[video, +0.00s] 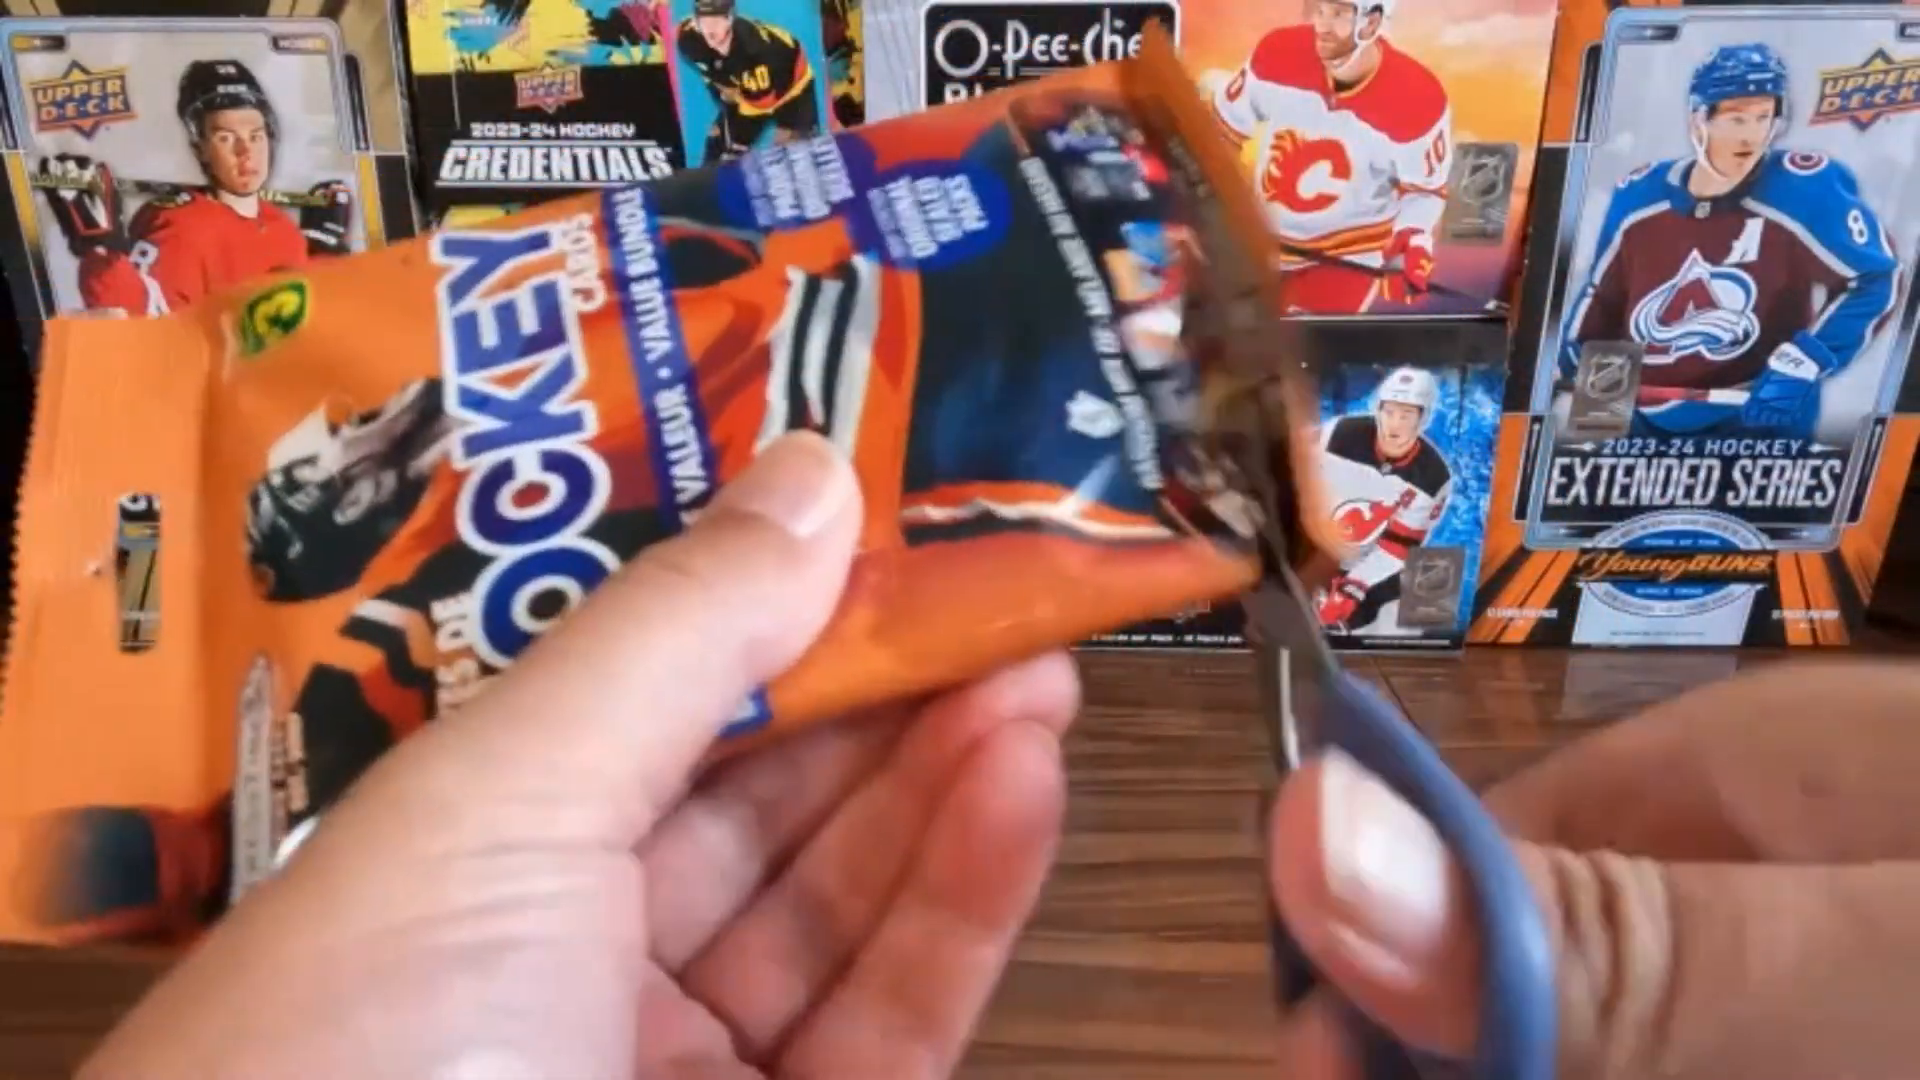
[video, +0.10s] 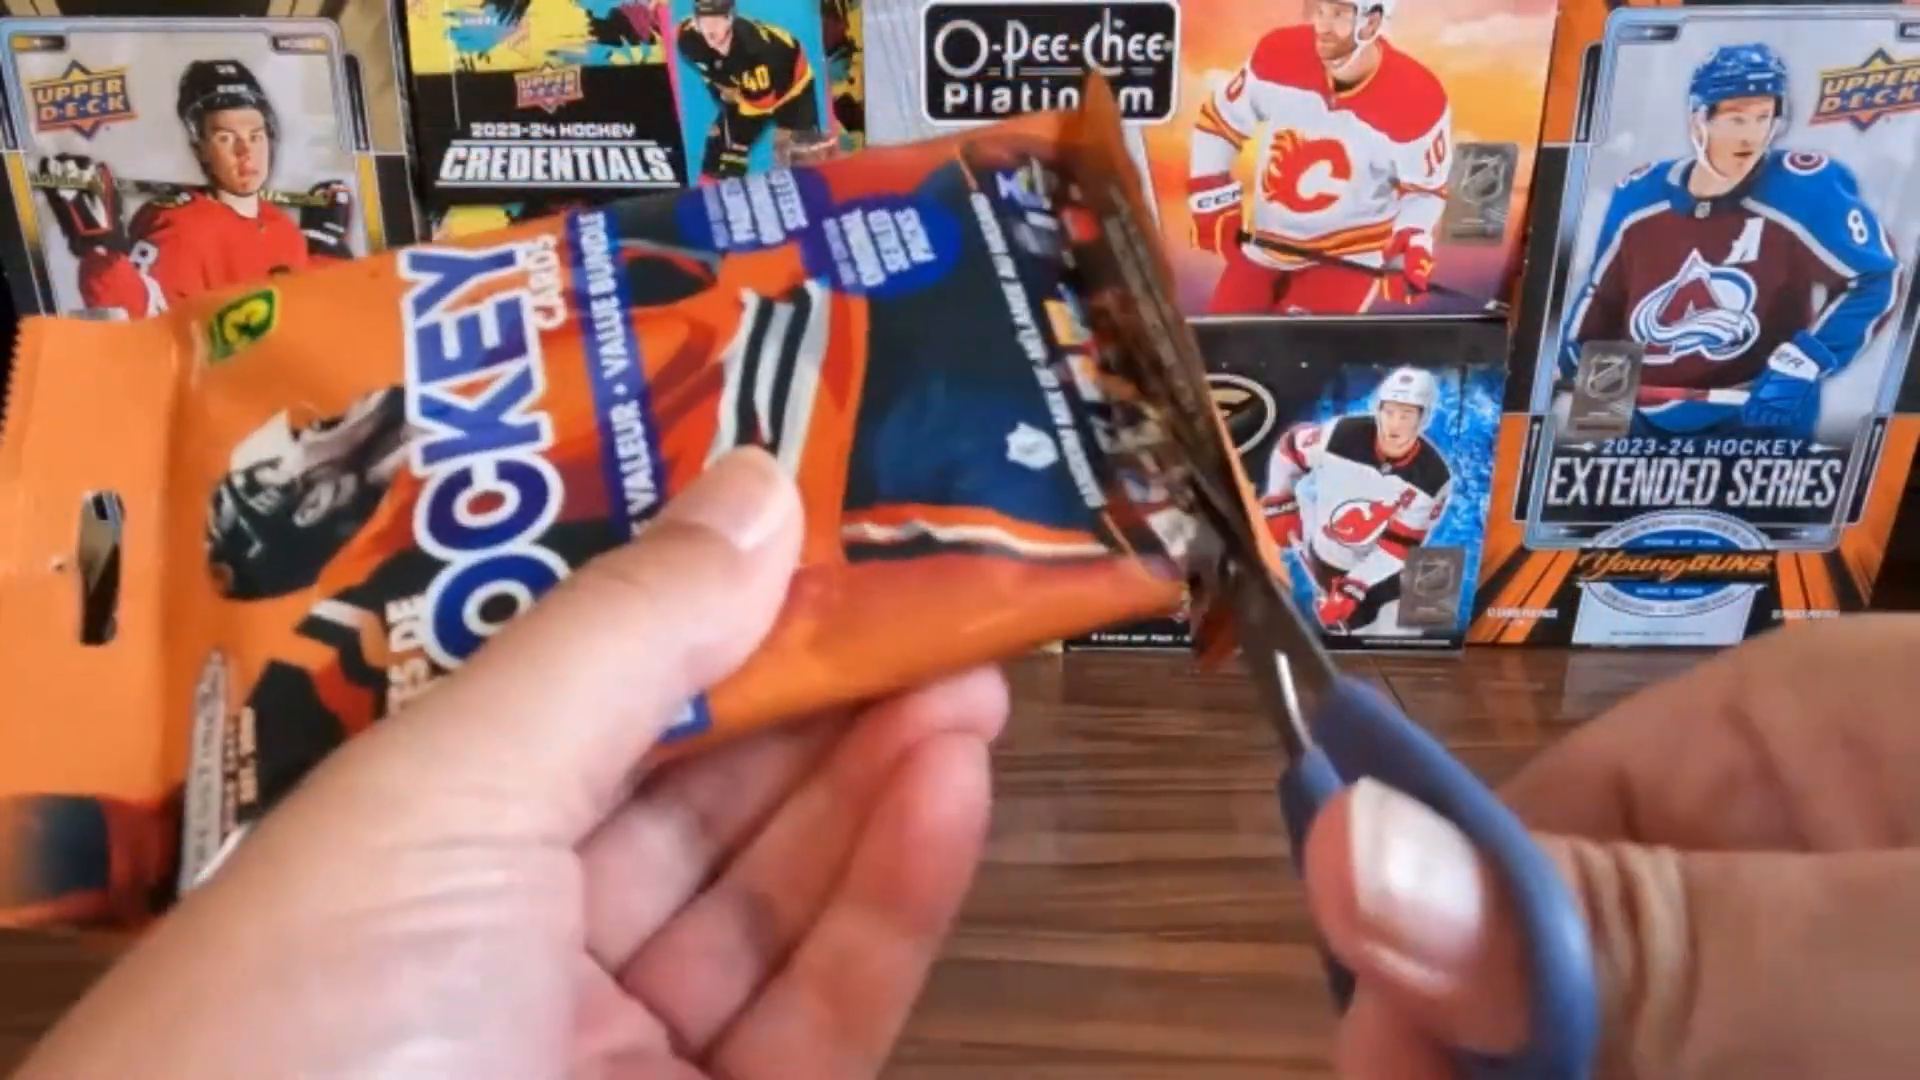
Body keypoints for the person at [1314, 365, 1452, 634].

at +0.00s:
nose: (1394, 425)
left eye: (1406, 416)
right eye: (1389, 413)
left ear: (1422, 420)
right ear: (1377, 412)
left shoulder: (1434, 477)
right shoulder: (1340, 435)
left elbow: (1396, 548)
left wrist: (1352, 591)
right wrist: (1324, 576)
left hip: (1375, 571)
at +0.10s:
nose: (1394, 424)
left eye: (1406, 416)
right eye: (1389, 412)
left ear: (1422, 420)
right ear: (1378, 411)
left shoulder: (1434, 478)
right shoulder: (1341, 435)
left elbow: (1396, 547)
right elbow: (1288, 450)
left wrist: (1352, 589)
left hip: (1374, 570)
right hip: (1313, 552)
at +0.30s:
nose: (1394, 426)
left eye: (1405, 417)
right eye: (1388, 413)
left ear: (1422, 421)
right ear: (1377, 412)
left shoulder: (1435, 478)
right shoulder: (1340, 435)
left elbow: (1397, 550)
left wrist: (1356, 585)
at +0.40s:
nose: (1394, 426)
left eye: (1406, 417)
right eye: (1389, 414)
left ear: (1422, 420)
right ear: (1377, 412)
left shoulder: (1434, 477)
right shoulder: (1337, 435)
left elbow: (1397, 550)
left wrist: (1365, 593)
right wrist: (1335, 576)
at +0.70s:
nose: (1394, 425)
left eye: (1406, 416)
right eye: (1388, 413)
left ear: (1422, 420)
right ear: (1377, 412)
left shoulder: (1435, 477)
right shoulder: (1339, 435)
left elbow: (1397, 552)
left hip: (1378, 575)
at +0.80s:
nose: (1394, 426)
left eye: (1406, 417)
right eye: (1388, 414)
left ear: (1422, 420)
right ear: (1377, 412)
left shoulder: (1434, 476)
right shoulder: (1340, 435)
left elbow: (1399, 545)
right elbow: (1286, 454)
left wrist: (1355, 588)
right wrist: (1294, 525)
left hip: (1378, 577)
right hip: (1316, 559)